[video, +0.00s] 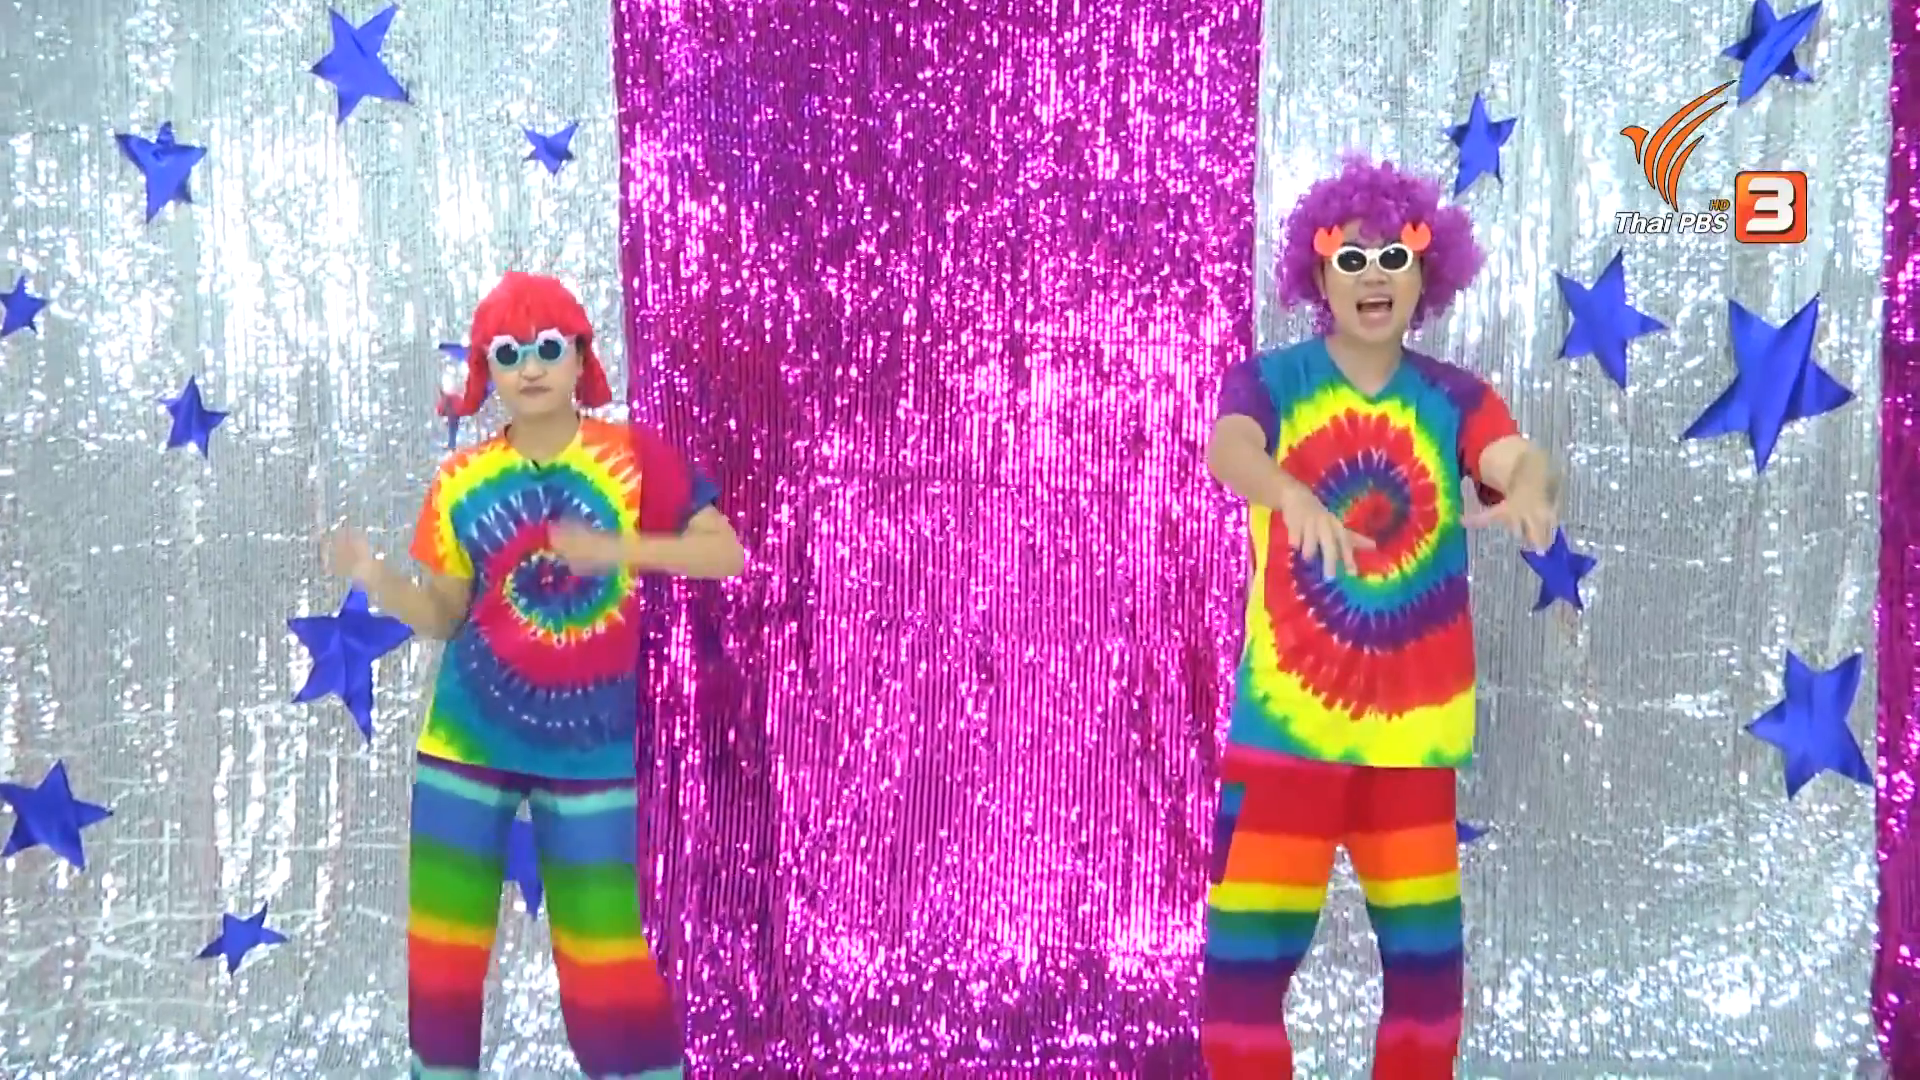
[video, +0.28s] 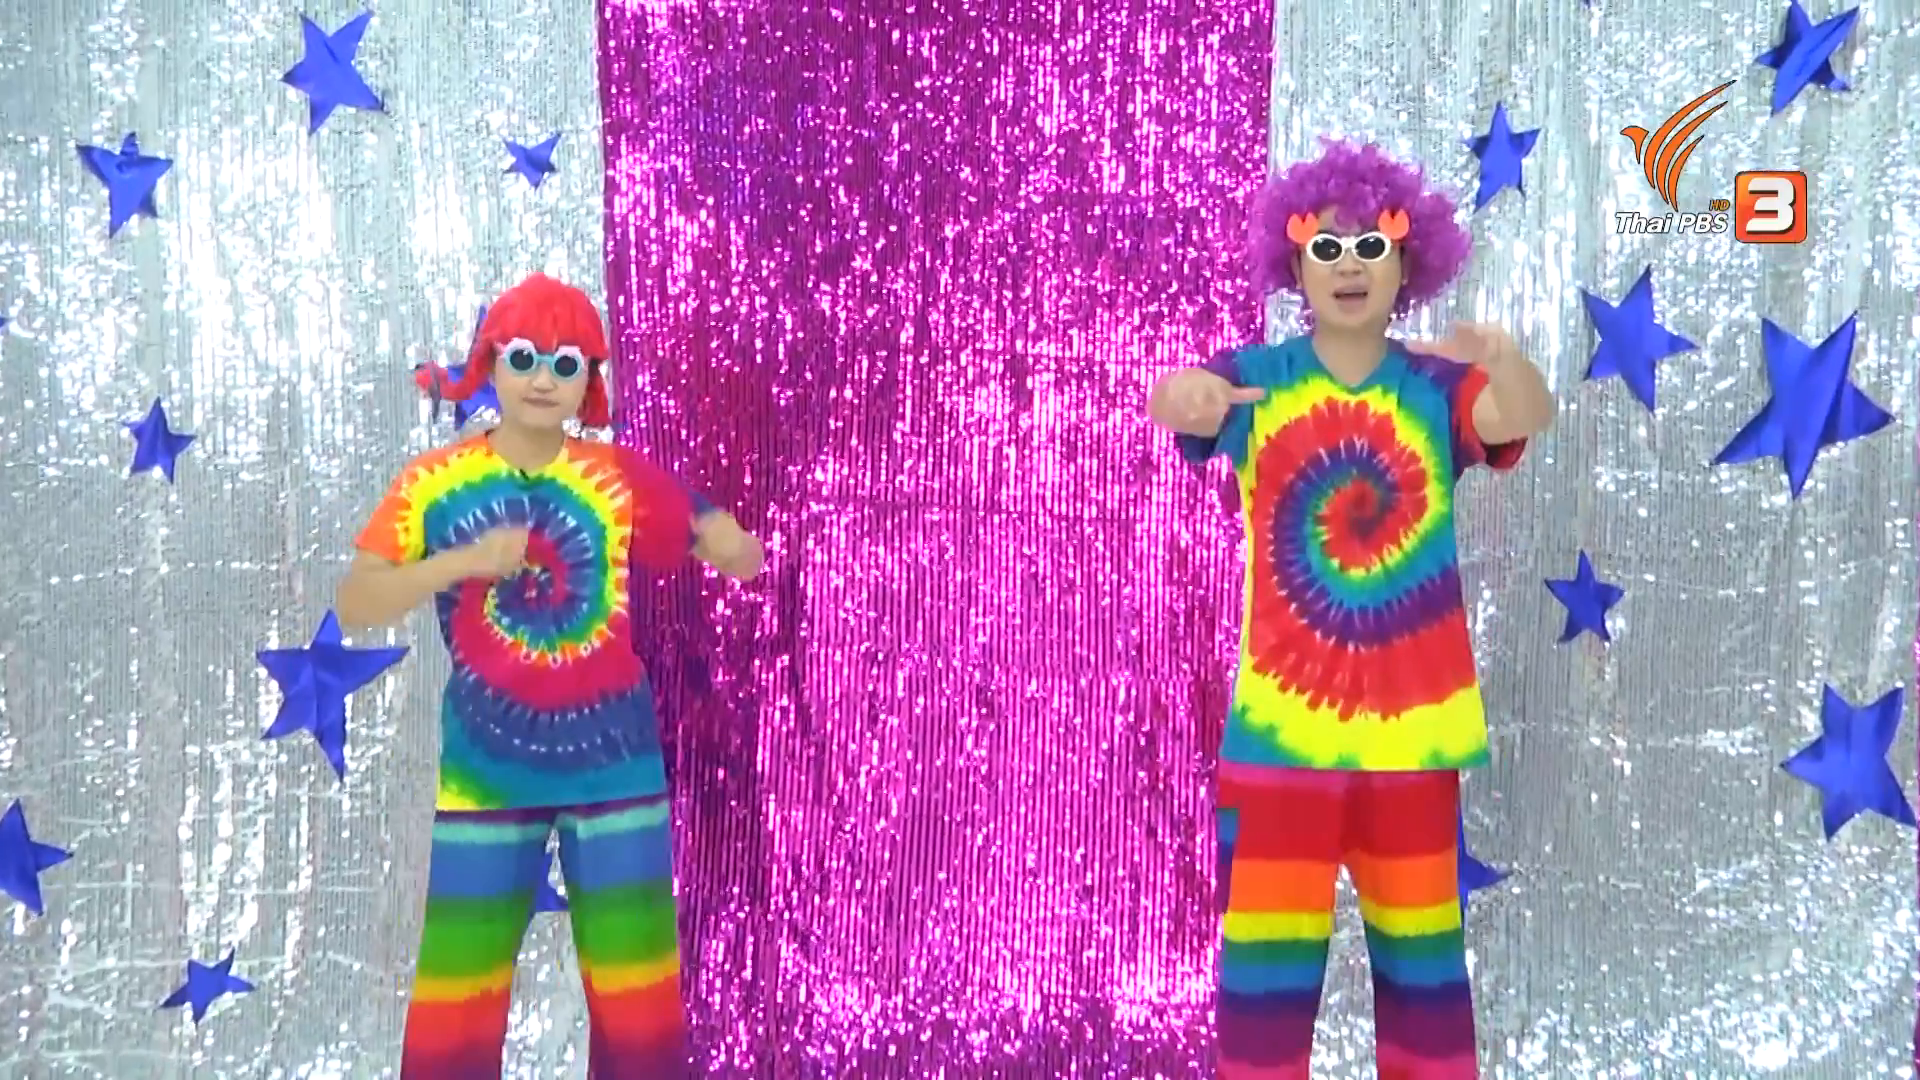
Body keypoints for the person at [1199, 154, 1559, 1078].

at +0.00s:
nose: (1374, 277)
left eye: (1393, 257)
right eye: (1352, 258)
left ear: (1423, 278)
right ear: (1319, 278)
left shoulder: (1459, 397)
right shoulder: (1270, 380)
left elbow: (1522, 464)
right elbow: (1230, 453)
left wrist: (1530, 493)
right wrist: (1294, 494)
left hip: (1414, 733)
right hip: (1286, 730)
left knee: (1428, 962)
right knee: (1247, 958)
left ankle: (1414, 1072)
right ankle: (1246, 1072)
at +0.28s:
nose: (1350, 265)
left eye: (1371, 245)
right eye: (1327, 247)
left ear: (1403, 267)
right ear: (1295, 270)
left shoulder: (1435, 387)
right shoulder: (1257, 377)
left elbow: (1526, 415)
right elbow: (1182, 409)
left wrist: (1498, 352)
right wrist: (1174, 396)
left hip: (1414, 727)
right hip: (1284, 729)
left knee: (1426, 964)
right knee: (1268, 968)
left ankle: (1432, 1079)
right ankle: (1259, 1078)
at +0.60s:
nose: (1311, 334)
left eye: (1333, 314)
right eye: (1288, 315)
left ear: (1367, 334)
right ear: (1257, 336)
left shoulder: (1428, 449)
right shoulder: (1221, 465)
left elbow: (1505, 517)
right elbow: (1151, 543)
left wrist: (1464, 567)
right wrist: (1146, 591)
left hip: (1410, 824)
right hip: (1269, 828)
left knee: (1442, 1056)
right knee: (1265, 1058)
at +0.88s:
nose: (1389, 313)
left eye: (1410, 292)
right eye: (1364, 295)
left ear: (1444, 310)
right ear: (1330, 317)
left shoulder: (1490, 431)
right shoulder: (1291, 433)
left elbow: (1596, 469)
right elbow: (1184, 473)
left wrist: (1571, 404)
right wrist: (1220, 443)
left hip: (1461, 801)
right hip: (1322, 801)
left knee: (1474, 1042)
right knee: (1312, 1040)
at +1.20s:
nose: (1474, 361)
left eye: (1497, 340)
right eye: (1449, 342)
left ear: (1531, 358)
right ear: (1414, 361)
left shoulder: (1571, 502)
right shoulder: (1349, 492)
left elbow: (1613, 665)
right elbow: (1296, 648)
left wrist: (1596, 816)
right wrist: (1395, 785)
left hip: (1513, 884)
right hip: (1363, 874)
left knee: (1517, 1066)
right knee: (1335, 1066)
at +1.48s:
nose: (1432, 320)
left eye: (1456, 298)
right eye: (1406, 300)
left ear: (1496, 318)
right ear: (1373, 324)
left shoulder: (1554, 474)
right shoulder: (1312, 466)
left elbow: (1595, 642)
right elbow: (1230, 622)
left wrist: (1613, 802)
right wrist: (1285, 777)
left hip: (1499, 864)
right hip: (1345, 856)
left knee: (1499, 1064)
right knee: (1334, 1066)